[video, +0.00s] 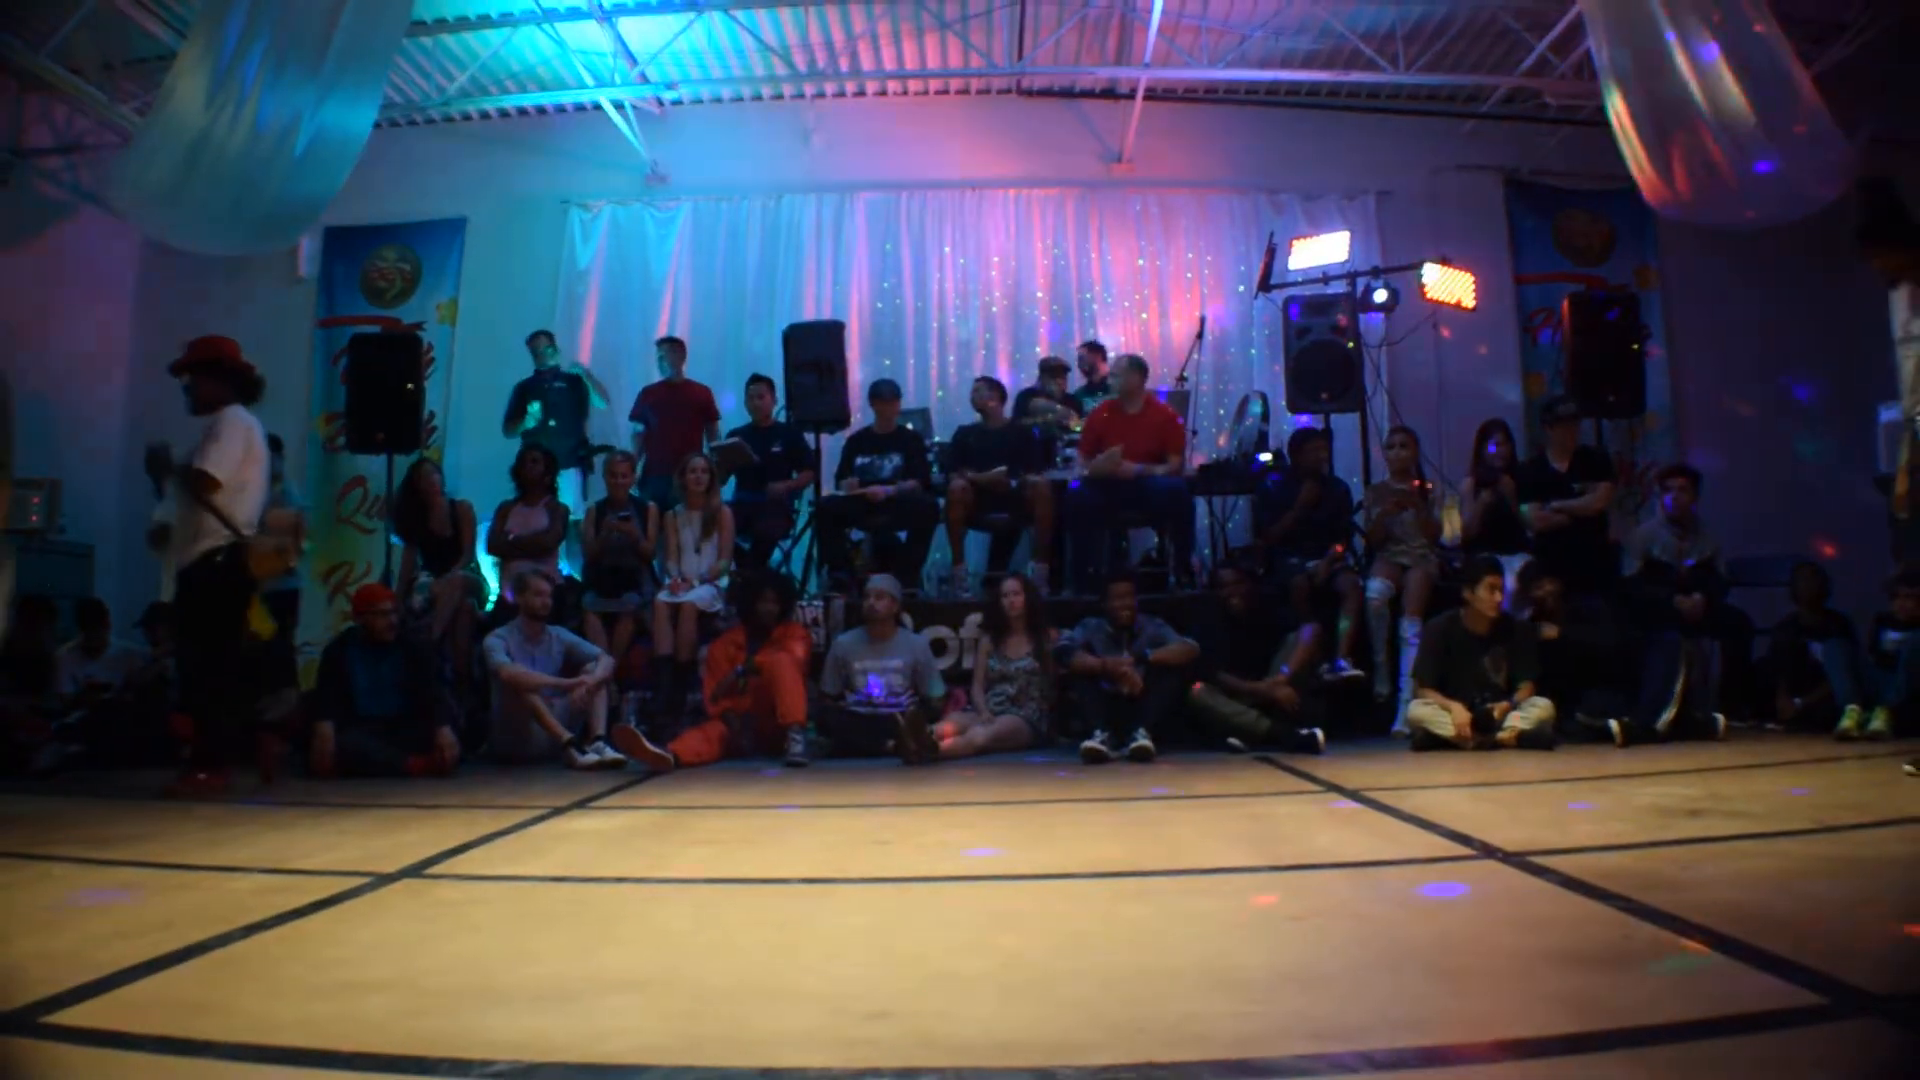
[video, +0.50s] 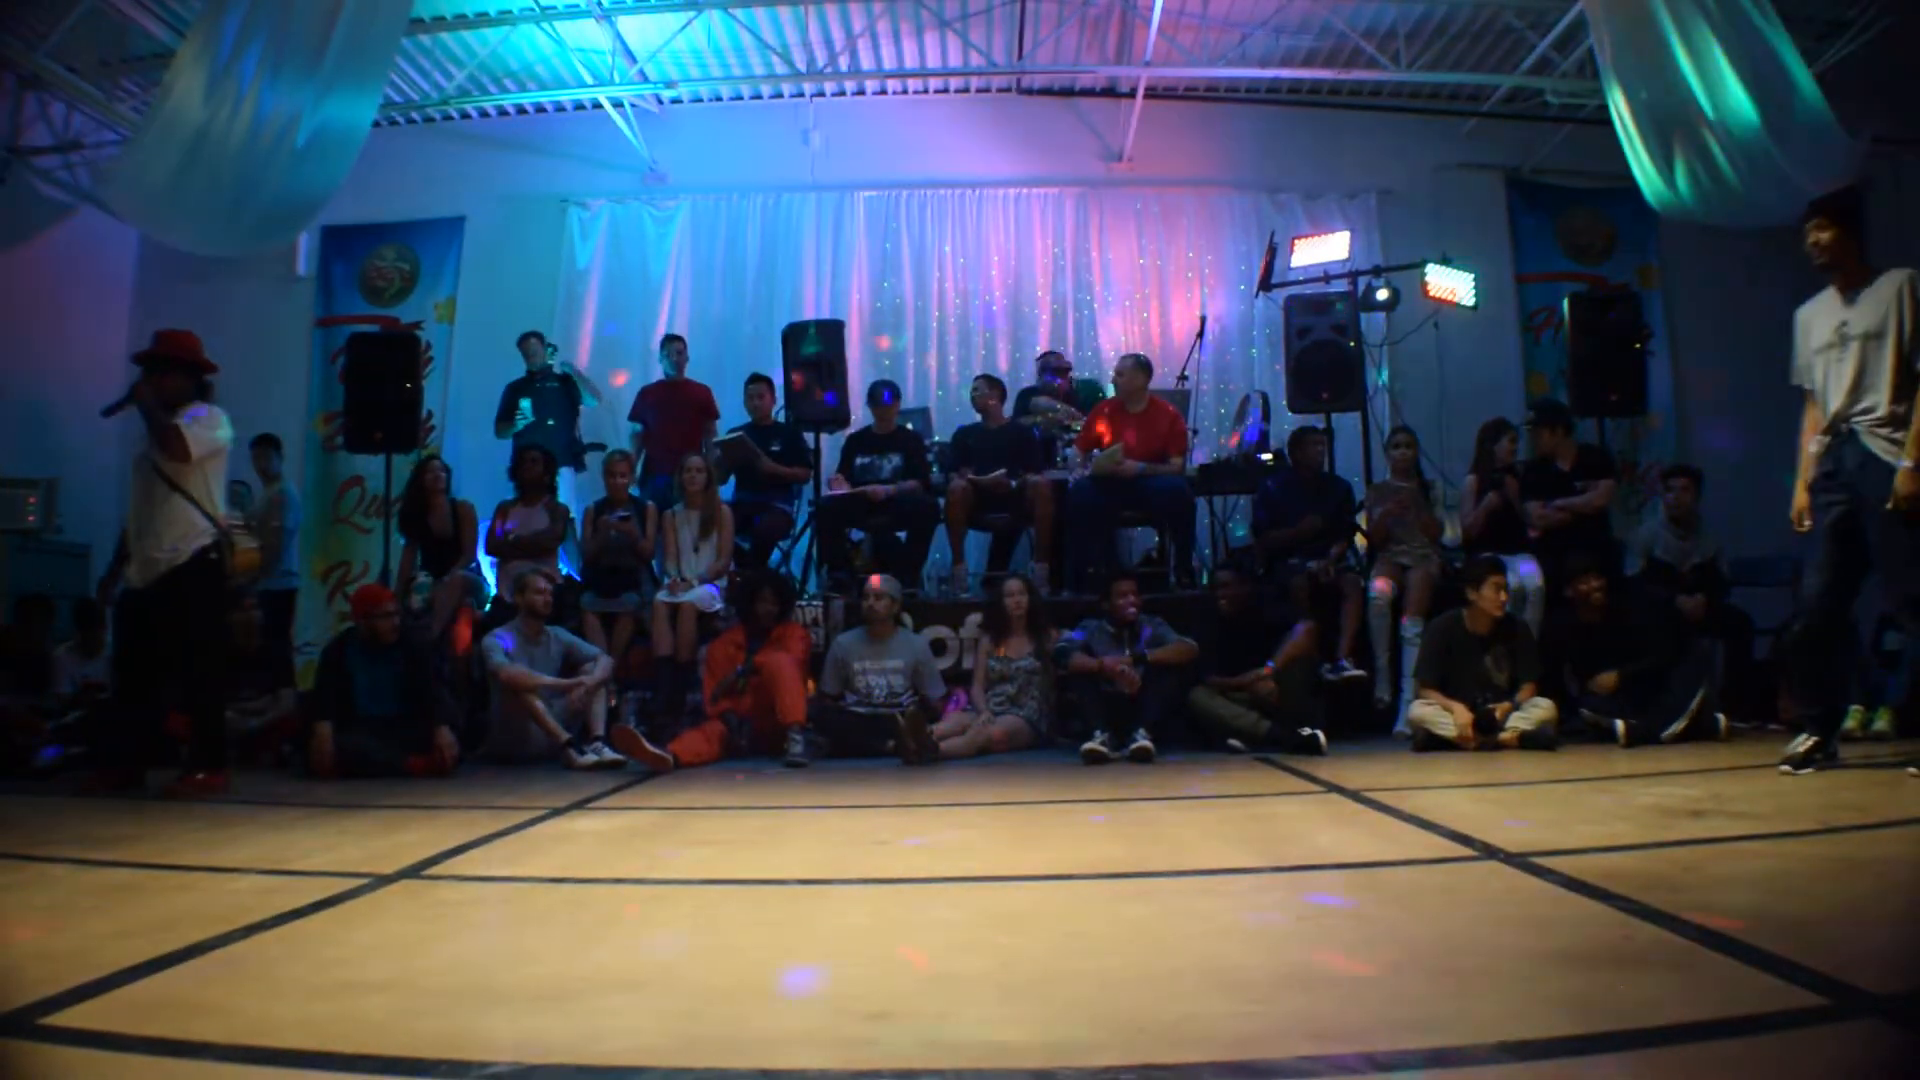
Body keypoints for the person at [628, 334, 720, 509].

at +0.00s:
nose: (661, 361)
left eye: (665, 356)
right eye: (659, 357)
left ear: (681, 357)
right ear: (657, 361)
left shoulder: (701, 393)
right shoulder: (648, 394)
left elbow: (713, 434)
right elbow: (638, 435)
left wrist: (717, 471)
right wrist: (631, 470)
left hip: (690, 477)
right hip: (655, 475)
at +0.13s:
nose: (664, 360)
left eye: (669, 354)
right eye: (661, 356)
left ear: (683, 356)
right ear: (657, 359)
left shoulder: (702, 393)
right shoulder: (647, 393)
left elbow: (710, 435)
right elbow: (637, 435)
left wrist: (709, 474)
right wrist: (631, 471)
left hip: (690, 478)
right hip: (654, 475)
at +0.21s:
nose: (670, 360)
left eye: (675, 354)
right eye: (665, 355)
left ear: (684, 357)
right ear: (659, 360)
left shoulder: (702, 393)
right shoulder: (648, 393)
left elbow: (709, 434)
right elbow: (637, 434)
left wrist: (708, 471)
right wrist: (631, 471)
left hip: (691, 476)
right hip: (655, 474)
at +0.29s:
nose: (672, 360)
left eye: (677, 354)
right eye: (666, 355)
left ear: (686, 357)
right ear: (660, 360)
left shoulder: (702, 393)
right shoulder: (647, 393)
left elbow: (709, 436)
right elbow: (637, 435)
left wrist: (709, 473)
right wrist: (631, 472)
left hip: (691, 477)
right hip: (655, 474)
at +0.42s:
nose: (674, 359)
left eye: (679, 353)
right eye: (668, 354)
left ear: (686, 358)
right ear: (661, 359)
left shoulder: (702, 393)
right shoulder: (648, 393)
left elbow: (710, 436)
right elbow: (638, 435)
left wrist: (709, 473)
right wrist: (631, 471)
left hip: (690, 476)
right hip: (655, 474)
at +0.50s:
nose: (674, 359)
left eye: (679, 353)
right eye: (668, 354)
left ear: (687, 358)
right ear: (661, 360)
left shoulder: (702, 392)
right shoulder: (647, 393)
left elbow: (710, 435)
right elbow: (637, 435)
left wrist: (711, 473)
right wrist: (631, 471)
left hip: (691, 476)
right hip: (655, 474)